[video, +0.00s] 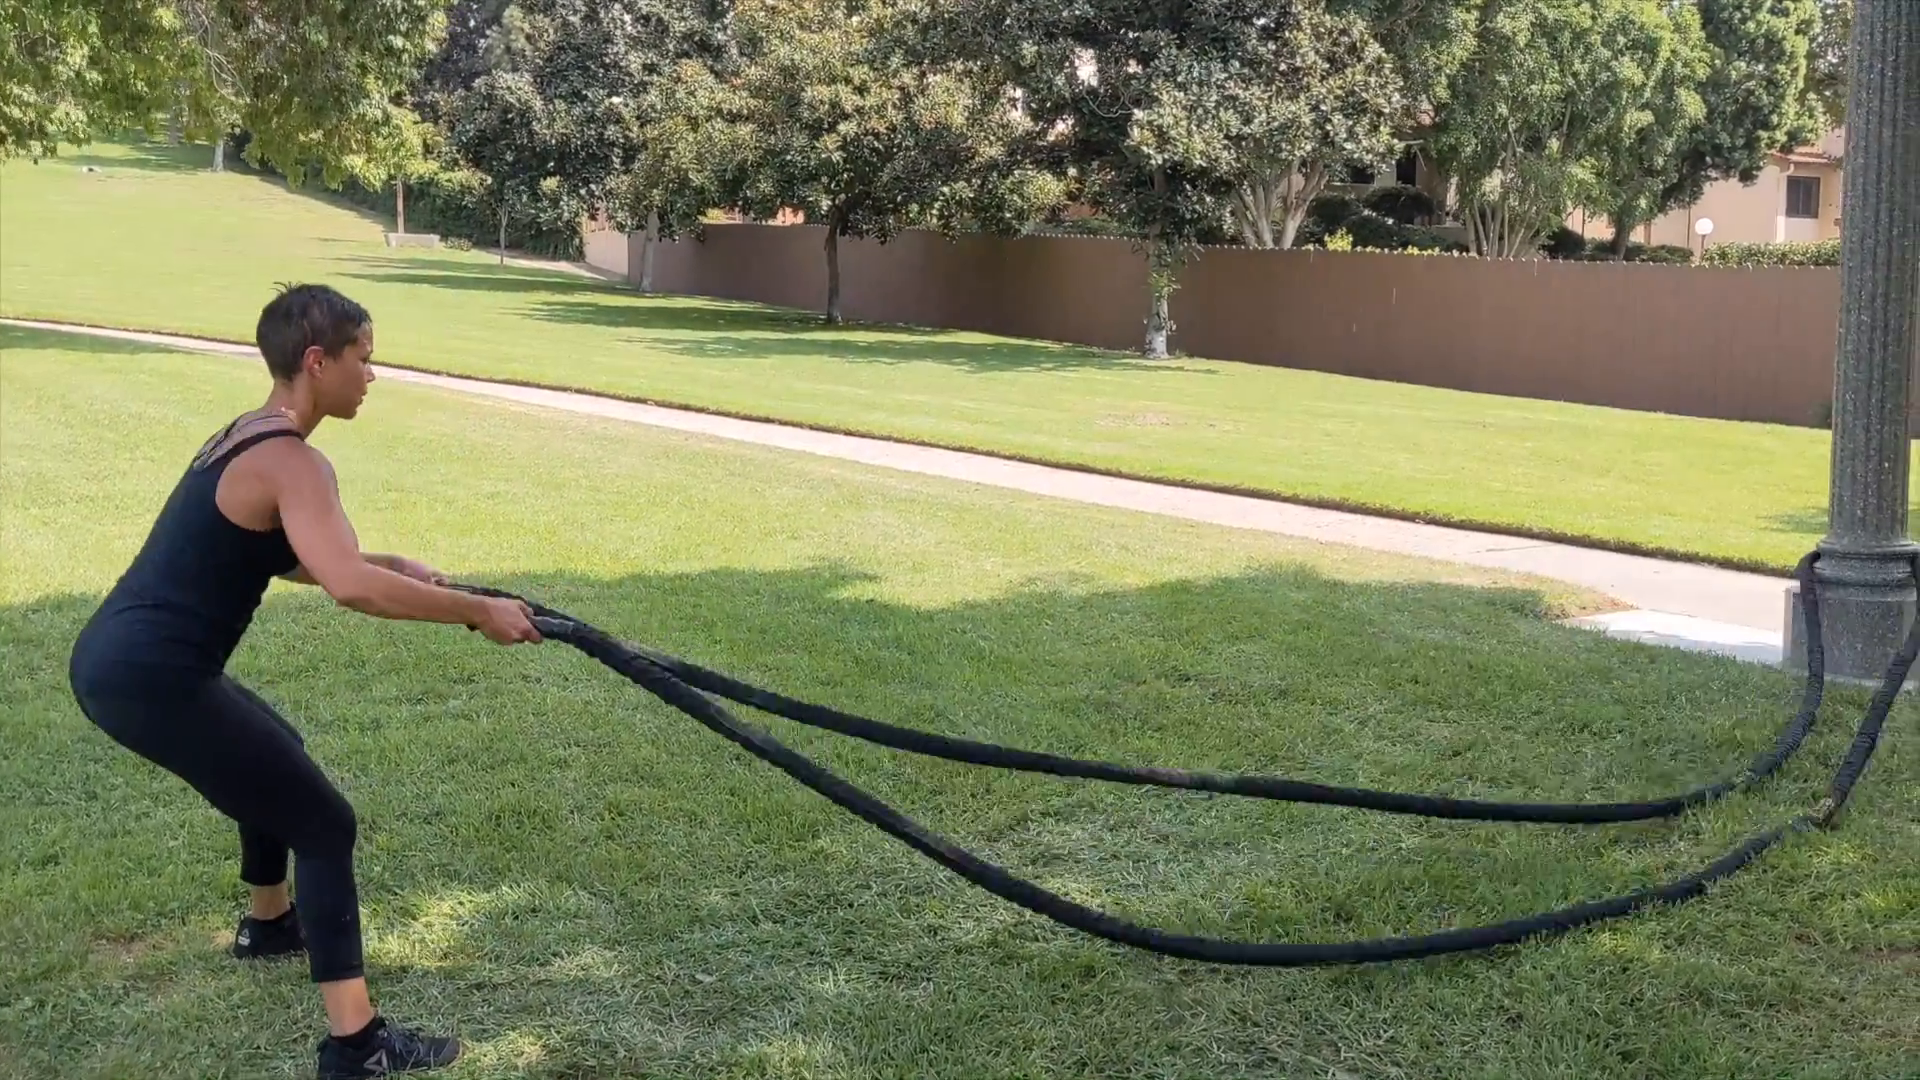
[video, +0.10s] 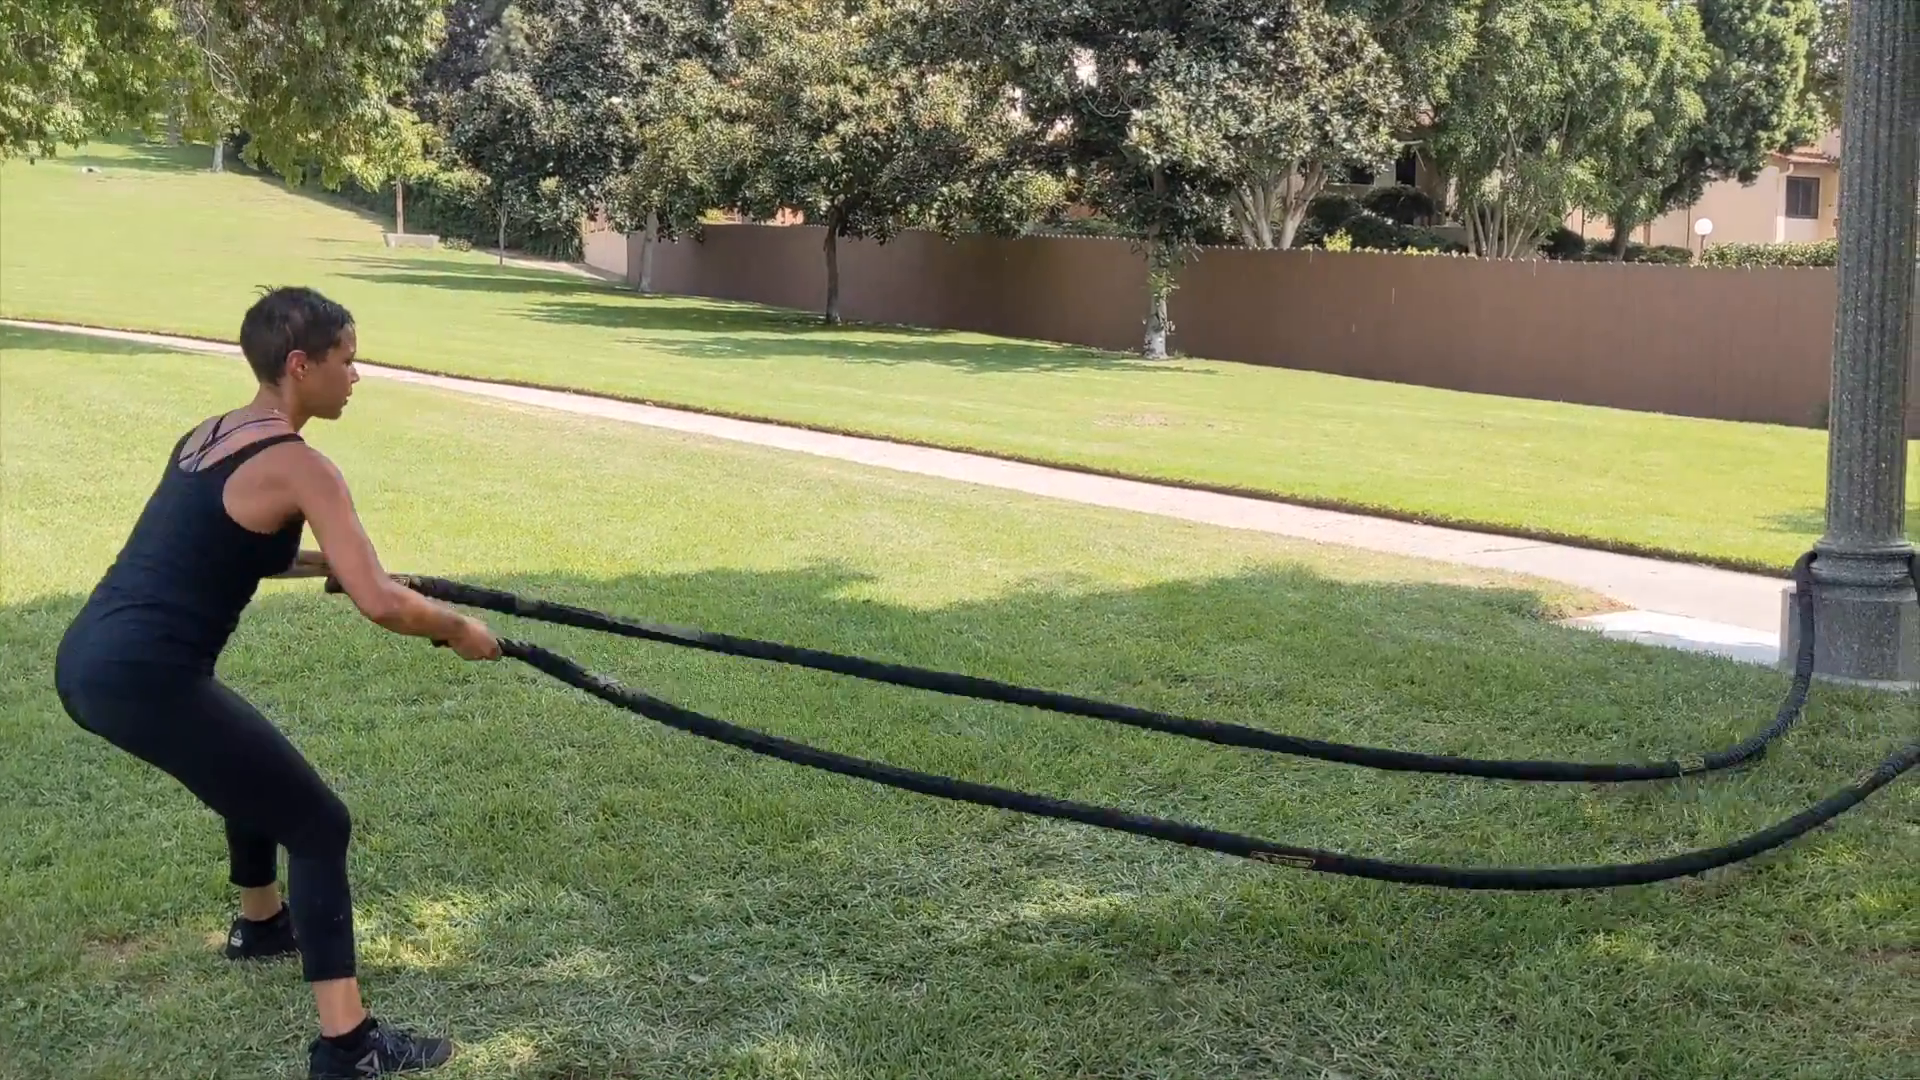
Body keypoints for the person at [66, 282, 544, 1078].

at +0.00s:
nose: (371, 372)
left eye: (370, 356)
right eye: (363, 356)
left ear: (299, 362)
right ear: (315, 360)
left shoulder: (245, 435)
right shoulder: (294, 464)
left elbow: (288, 560)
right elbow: (353, 583)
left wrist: (399, 571)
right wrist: (475, 610)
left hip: (114, 658)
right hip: (152, 679)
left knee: (274, 756)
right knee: (324, 822)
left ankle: (271, 918)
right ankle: (355, 1037)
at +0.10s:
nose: (355, 376)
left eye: (354, 360)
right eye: (347, 360)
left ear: (282, 365)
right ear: (298, 363)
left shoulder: (210, 434)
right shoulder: (304, 467)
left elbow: (236, 550)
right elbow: (381, 603)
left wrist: (339, 564)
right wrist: (453, 626)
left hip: (88, 662)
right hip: (148, 682)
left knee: (251, 770)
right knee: (318, 821)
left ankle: (263, 920)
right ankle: (346, 1037)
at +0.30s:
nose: (348, 380)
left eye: (347, 365)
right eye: (339, 366)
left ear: (269, 373)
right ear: (293, 372)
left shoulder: (185, 429)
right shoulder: (315, 473)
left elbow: (72, 514)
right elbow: (362, 593)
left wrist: (148, 542)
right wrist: (363, 547)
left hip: (74, 670)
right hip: (150, 682)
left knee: (235, 768)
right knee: (325, 821)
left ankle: (248, 921)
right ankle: (332, 1039)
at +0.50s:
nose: (337, 376)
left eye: (336, 360)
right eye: (328, 361)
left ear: (258, 368)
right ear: (281, 365)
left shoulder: (179, 429)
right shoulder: (302, 466)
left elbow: (147, 541)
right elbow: (332, 596)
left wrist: (228, 582)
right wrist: (289, 537)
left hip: (66, 665)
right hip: (132, 682)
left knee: (231, 767)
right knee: (311, 821)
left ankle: (236, 921)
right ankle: (320, 1037)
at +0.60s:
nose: (334, 373)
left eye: (333, 357)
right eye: (325, 357)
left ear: (257, 366)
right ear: (277, 363)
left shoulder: (193, 432)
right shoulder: (288, 463)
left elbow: (205, 557)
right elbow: (336, 604)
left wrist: (296, 574)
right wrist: (347, 588)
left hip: (62, 664)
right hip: (117, 685)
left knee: (224, 773)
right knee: (293, 821)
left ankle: (228, 920)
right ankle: (313, 1036)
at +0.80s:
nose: (345, 382)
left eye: (343, 366)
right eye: (335, 366)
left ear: (271, 374)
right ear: (283, 372)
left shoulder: (214, 448)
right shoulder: (277, 477)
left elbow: (274, 593)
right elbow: (367, 608)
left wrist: (393, 604)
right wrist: (473, 610)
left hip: (69, 659)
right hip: (101, 687)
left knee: (222, 765)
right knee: (288, 820)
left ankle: (220, 918)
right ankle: (304, 1034)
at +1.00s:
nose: (351, 381)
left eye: (350, 364)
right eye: (341, 364)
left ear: (283, 372)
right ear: (290, 370)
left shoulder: (254, 457)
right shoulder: (253, 469)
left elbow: (276, 603)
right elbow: (283, 594)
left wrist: (352, 612)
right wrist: (422, 613)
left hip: (100, 657)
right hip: (93, 675)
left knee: (227, 757)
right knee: (275, 818)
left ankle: (208, 916)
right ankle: (291, 1031)